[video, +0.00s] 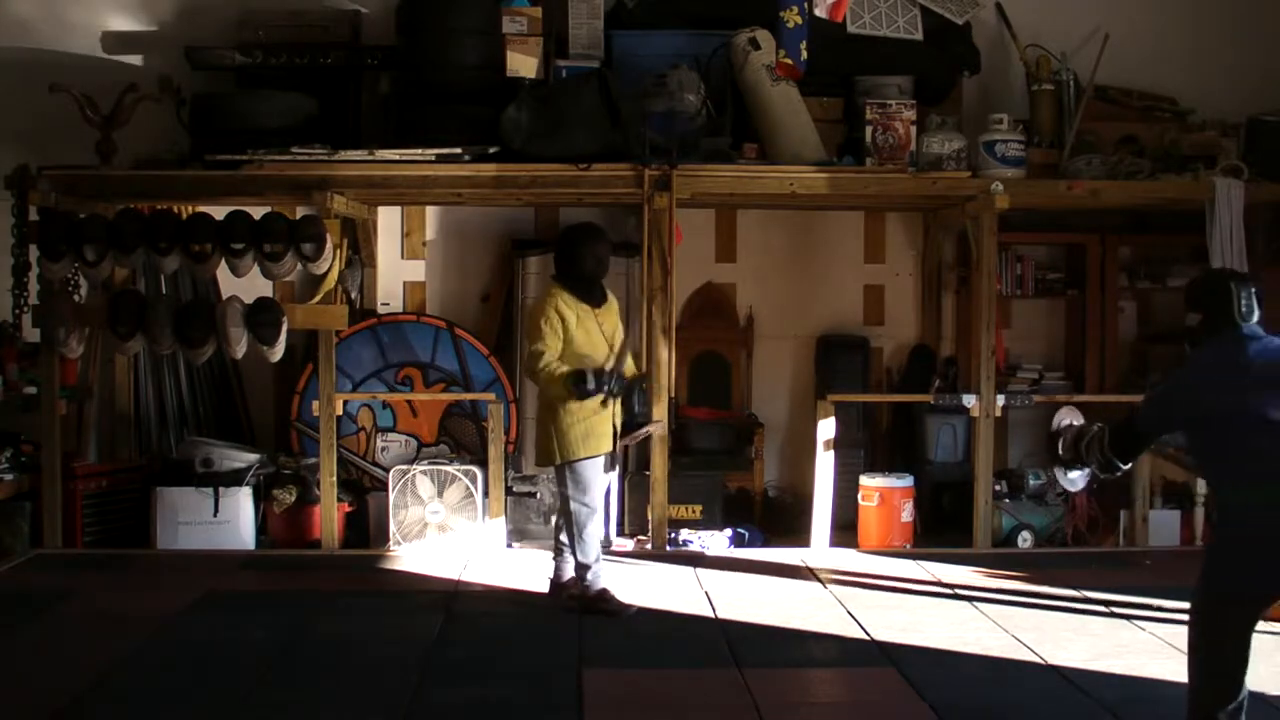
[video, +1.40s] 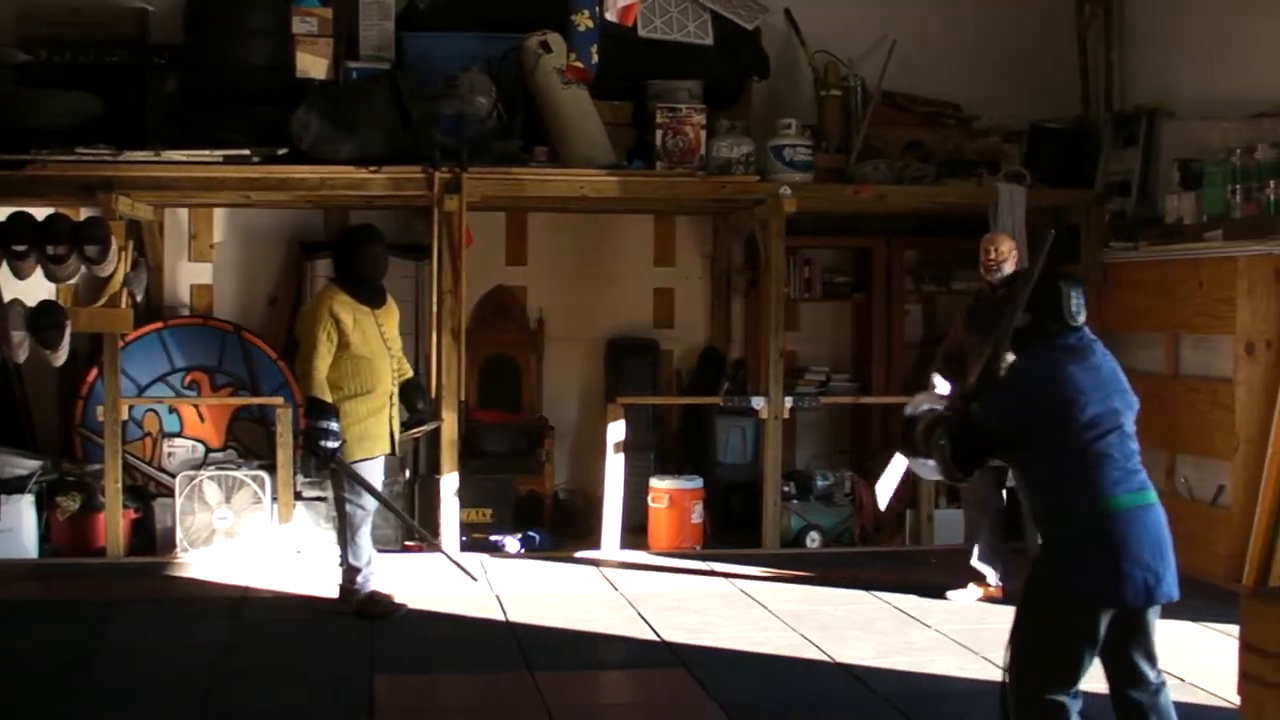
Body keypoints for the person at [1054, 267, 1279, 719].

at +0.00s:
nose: (1185, 323)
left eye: (1190, 313)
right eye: (1189, 313)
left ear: (1201, 317)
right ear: (1250, 309)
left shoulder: (1201, 373)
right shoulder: (1274, 353)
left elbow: (1121, 444)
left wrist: (1075, 436)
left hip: (1252, 533)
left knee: (1216, 633)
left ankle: (1216, 710)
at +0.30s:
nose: (1138, 327)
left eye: (1143, 316)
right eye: (1141, 316)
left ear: (1156, 319)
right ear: (1204, 313)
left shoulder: (1148, 382)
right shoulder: (1242, 360)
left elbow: (1080, 457)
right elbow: (1266, 402)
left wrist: (1040, 452)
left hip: (1204, 536)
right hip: (1272, 528)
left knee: (1174, 681)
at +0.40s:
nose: (1111, 326)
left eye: (1116, 316)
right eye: (1112, 315)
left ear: (1128, 320)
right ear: (1175, 314)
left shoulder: (1122, 380)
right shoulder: (1216, 361)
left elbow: (1059, 459)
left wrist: (1017, 454)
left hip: (1181, 534)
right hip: (1257, 525)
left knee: (1144, 679)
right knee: (1268, 677)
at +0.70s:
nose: (1120, 340)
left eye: (1124, 327)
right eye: (1120, 327)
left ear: (1141, 329)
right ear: (1185, 320)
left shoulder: (1151, 383)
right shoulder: (1228, 366)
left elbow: (1080, 463)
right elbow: (1176, 442)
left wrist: (1038, 447)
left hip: (1205, 556)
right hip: (1271, 549)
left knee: (1129, 698)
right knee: (1260, 694)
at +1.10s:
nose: (1102, 325)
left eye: (1106, 315)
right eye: (1103, 315)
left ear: (1117, 319)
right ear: (1166, 314)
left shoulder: (1123, 376)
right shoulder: (1196, 365)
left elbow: (1057, 461)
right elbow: (1147, 436)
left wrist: (1022, 429)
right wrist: (1080, 409)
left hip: (1172, 547)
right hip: (1235, 543)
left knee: (1106, 674)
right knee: (1202, 678)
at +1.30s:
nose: (1045, 322)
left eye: (1051, 312)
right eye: (1048, 312)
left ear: (1061, 316)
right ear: (1109, 314)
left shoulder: (1062, 376)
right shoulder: (1137, 366)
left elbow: (999, 457)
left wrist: (974, 422)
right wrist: (1011, 410)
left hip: (1114, 553)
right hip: (1178, 544)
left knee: (1060, 689)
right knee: (1162, 684)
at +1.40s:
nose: (1010, 327)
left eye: (1015, 316)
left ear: (1026, 320)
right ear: (1076, 312)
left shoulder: (1028, 377)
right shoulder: (1104, 363)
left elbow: (962, 456)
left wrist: (933, 419)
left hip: (1084, 551)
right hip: (1148, 544)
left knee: (1039, 687)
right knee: (1140, 682)